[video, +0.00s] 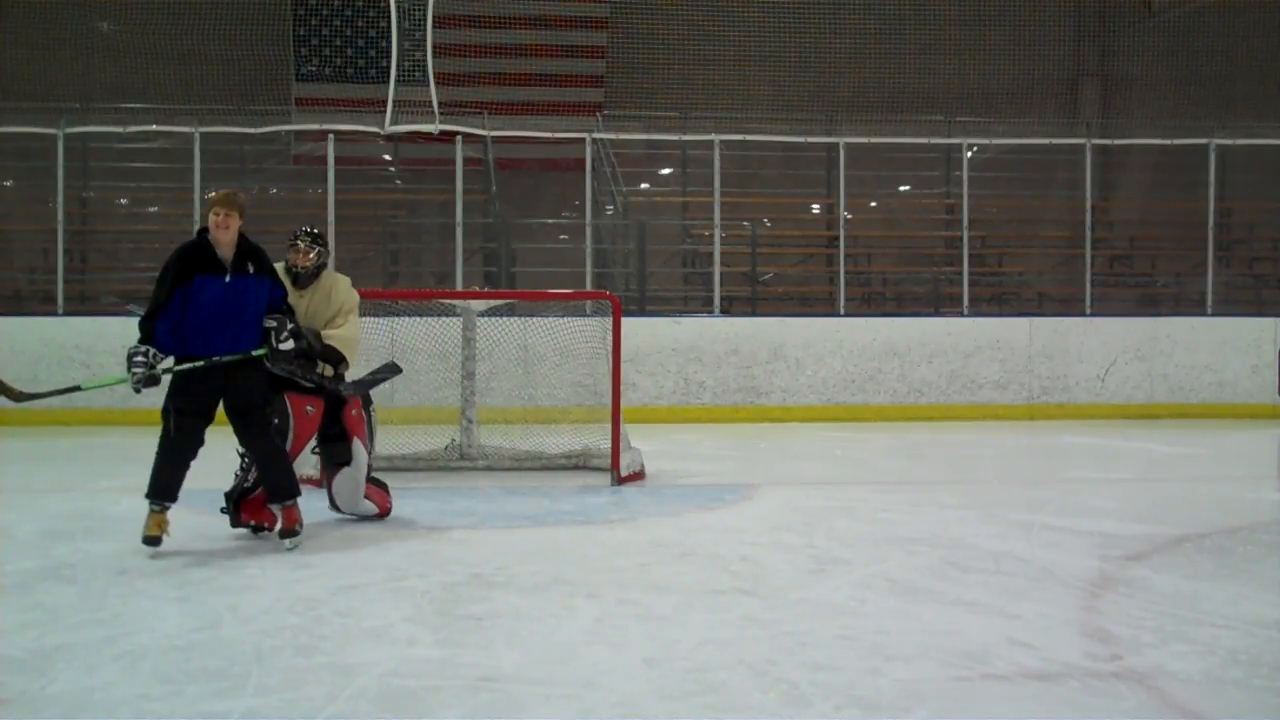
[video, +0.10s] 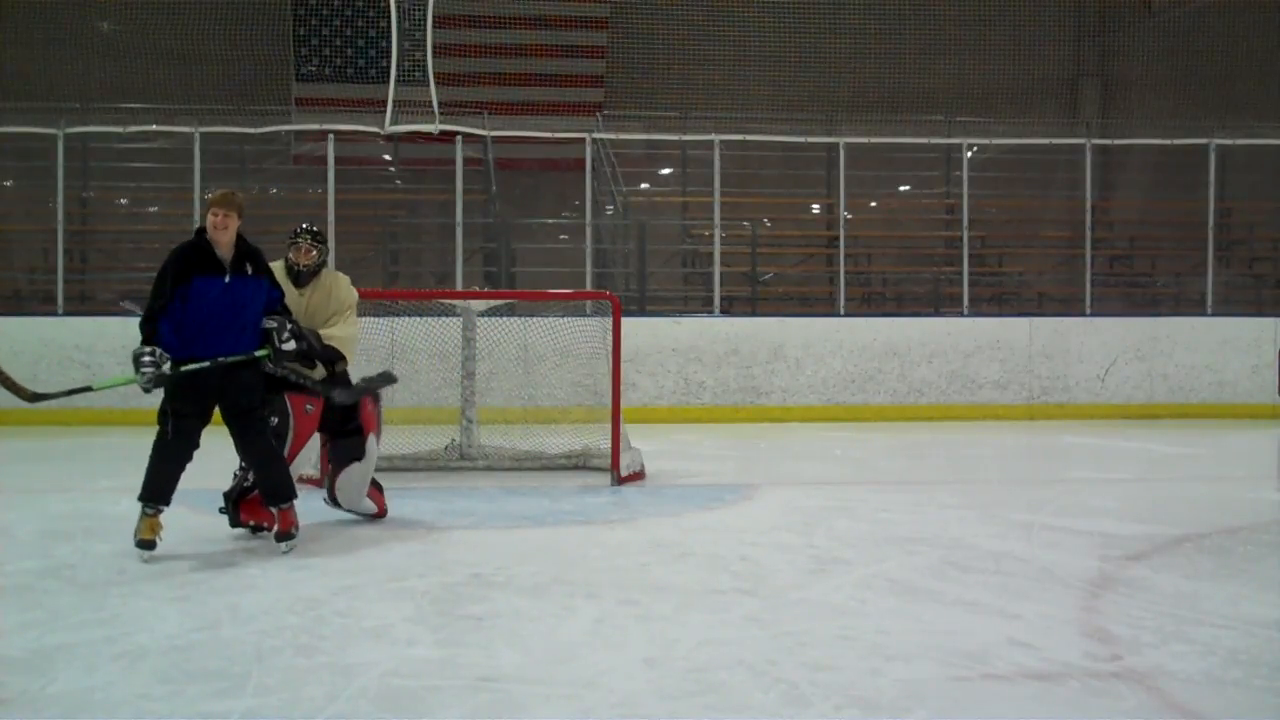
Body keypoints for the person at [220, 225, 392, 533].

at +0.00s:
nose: (300, 258)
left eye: (308, 253)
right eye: (295, 251)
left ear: (321, 256)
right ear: (288, 254)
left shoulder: (340, 288)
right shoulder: (273, 278)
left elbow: (347, 336)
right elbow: (257, 316)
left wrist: (313, 346)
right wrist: (274, 342)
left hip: (320, 371)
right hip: (275, 367)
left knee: (336, 414)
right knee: (266, 419)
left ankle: (343, 488)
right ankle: (250, 488)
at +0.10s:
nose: (303, 257)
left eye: (310, 252)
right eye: (297, 250)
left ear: (321, 256)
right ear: (288, 252)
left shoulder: (339, 287)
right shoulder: (269, 277)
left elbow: (345, 335)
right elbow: (254, 318)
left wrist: (314, 354)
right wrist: (270, 349)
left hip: (322, 370)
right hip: (276, 367)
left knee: (344, 411)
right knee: (264, 416)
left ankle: (346, 483)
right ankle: (251, 482)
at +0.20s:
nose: (308, 260)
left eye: (315, 254)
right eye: (302, 253)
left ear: (328, 258)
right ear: (294, 254)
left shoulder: (345, 288)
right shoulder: (272, 277)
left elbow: (347, 341)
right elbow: (254, 320)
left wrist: (312, 352)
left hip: (326, 371)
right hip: (278, 367)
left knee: (353, 416)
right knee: (271, 420)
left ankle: (352, 492)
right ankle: (244, 493)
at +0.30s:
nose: (320, 265)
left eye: (328, 260)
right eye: (314, 258)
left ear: (339, 264)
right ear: (305, 259)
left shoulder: (356, 295)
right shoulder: (281, 282)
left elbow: (358, 350)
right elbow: (257, 324)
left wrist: (323, 354)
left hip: (334, 383)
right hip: (283, 377)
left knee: (371, 393)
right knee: (284, 411)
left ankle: (383, 493)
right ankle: (242, 496)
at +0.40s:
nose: (339, 270)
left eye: (347, 265)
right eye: (333, 262)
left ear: (357, 270)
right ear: (323, 264)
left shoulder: (372, 301)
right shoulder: (296, 287)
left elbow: (380, 348)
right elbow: (264, 321)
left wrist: (361, 371)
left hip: (348, 389)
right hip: (297, 382)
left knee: (387, 397)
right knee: (288, 428)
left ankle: (404, 495)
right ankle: (235, 499)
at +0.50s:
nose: (364, 272)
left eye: (372, 267)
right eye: (359, 265)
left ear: (383, 273)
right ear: (348, 265)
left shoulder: (393, 306)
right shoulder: (316, 289)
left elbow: (404, 356)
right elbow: (275, 316)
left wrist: (385, 374)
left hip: (364, 388)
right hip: (313, 381)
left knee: (407, 405)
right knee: (293, 438)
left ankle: (424, 497)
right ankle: (236, 500)